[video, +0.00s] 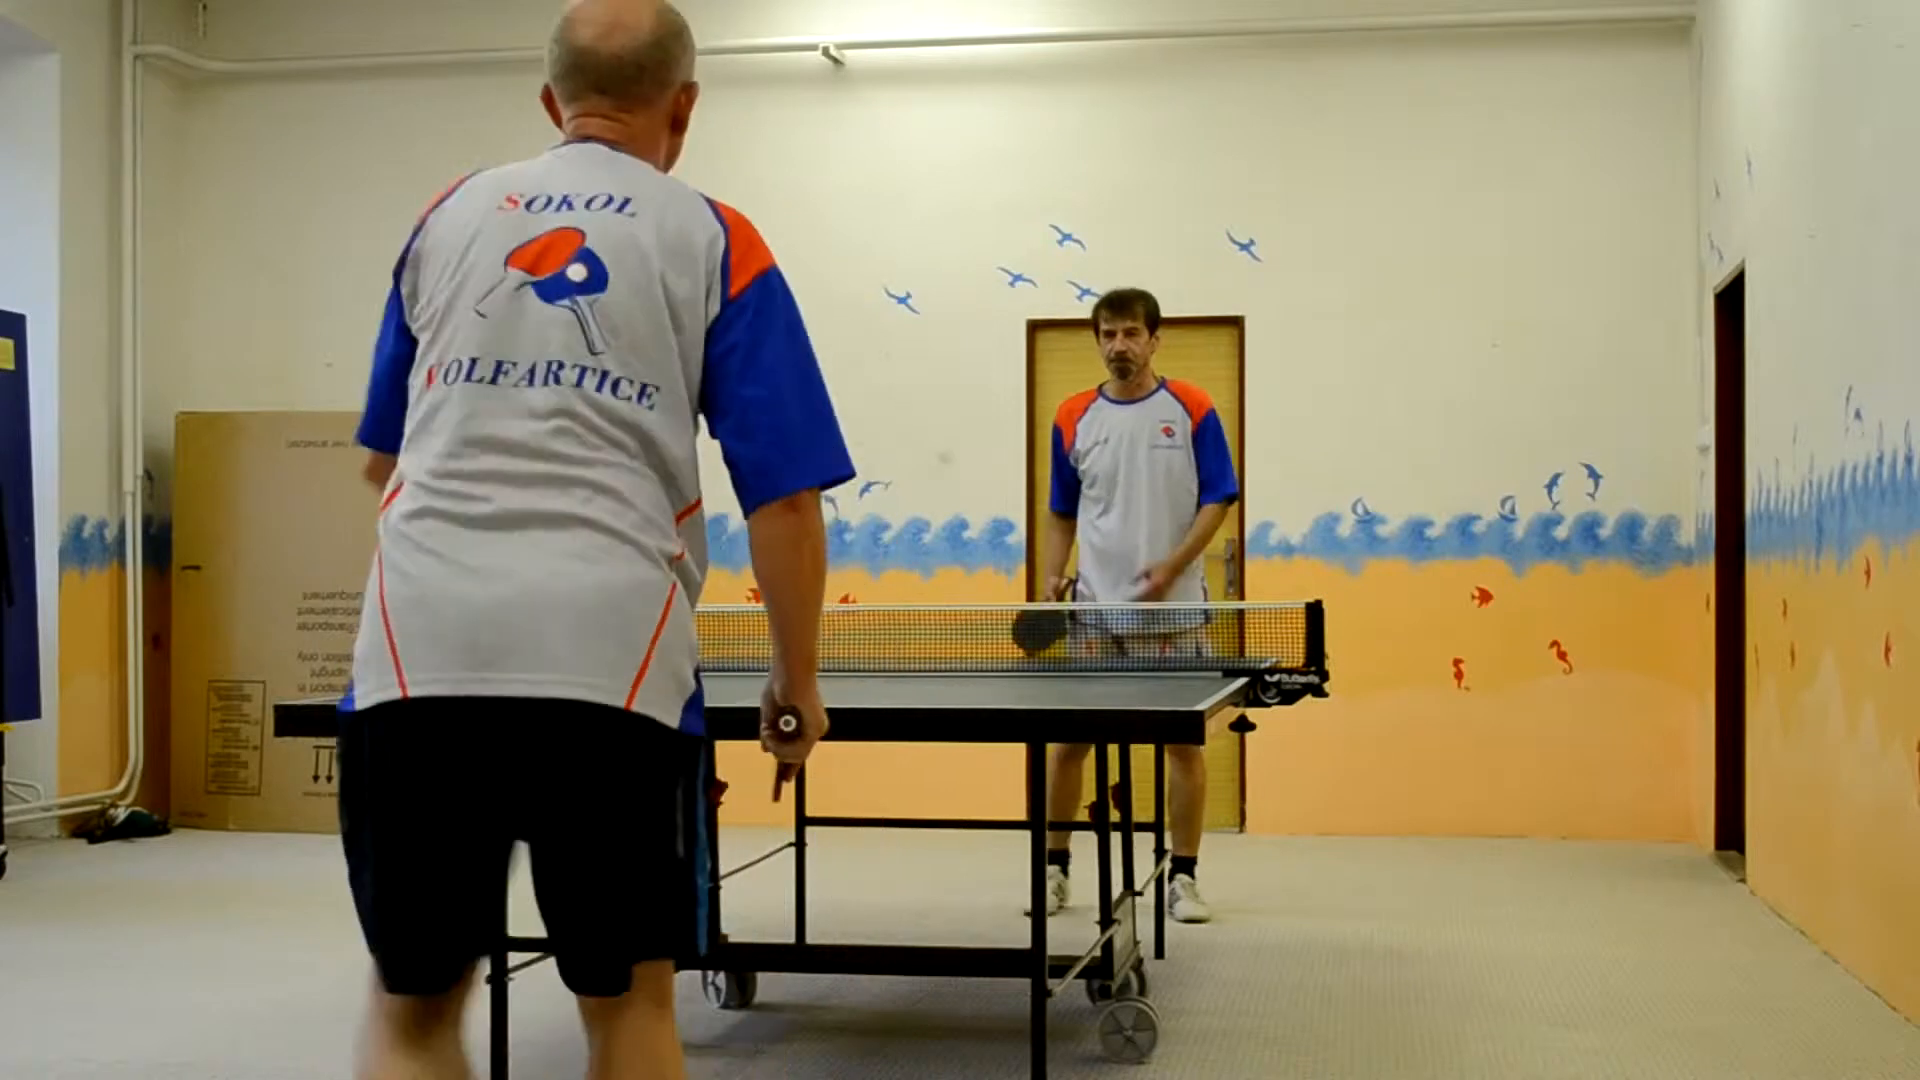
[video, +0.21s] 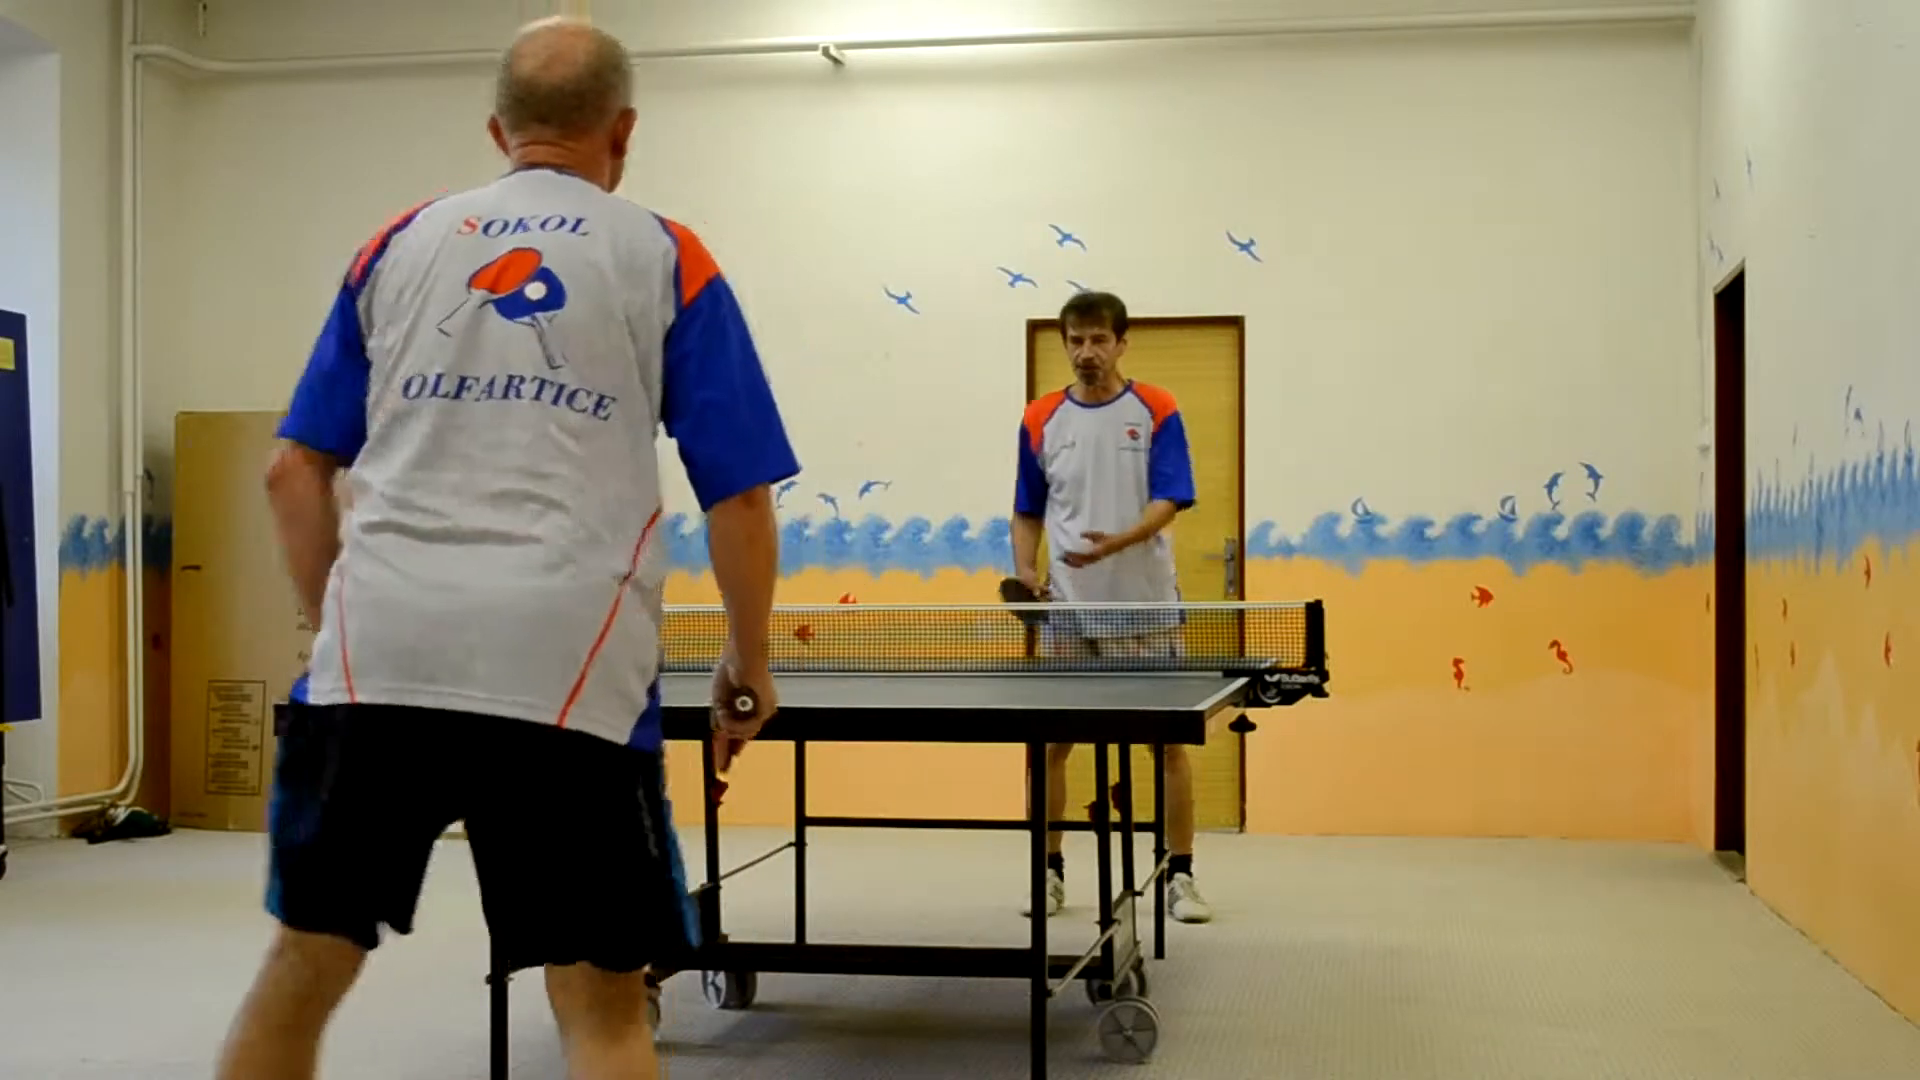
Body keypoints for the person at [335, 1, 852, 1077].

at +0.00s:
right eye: (684, 108)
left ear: (548, 110)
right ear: (682, 107)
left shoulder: (444, 218)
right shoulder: (714, 236)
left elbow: (384, 461)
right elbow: (782, 492)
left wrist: (473, 589)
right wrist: (796, 676)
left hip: (415, 671)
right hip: (607, 674)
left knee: (412, 998)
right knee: (631, 999)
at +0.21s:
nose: (624, 148)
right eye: (630, 133)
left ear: (498, 132)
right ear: (620, 134)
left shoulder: (396, 243)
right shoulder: (665, 255)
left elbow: (296, 465)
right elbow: (740, 492)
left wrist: (335, 629)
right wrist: (746, 658)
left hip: (373, 667)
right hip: (566, 682)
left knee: (300, 970)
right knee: (604, 1005)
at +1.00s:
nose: (619, 288)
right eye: (619, 276)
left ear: (501, 274)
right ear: (609, 282)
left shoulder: (400, 355)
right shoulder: (641, 383)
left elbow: (288, 517)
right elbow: (743, 590)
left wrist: (310, 671)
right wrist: (764, 644)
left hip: (337, 712)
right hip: (522, 728)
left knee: (223, 965)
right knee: (660, 960)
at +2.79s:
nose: (600, 328)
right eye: (596, 313)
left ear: (482, 312)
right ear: (586, 319)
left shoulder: (383, 388)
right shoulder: (621, 416)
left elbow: (254, 536)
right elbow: (686, 627)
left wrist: (276, 701)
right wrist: (655, 686)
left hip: (331, 728)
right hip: (517, 734)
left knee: (203, 963)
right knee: (683, 961)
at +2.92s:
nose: (464, 348)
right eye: (467, 335)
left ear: (357, 337)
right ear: (462, 342)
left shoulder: (282, 424)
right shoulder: (532, 440)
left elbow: (144, 602)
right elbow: (587, 651)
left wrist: (136, 774)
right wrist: (492, 724)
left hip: (302, 772)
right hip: (490, 772)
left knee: (154, 963)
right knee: (647, 978)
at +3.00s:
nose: (363, 355)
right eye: (366, 340)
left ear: (245, 340)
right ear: (359, 342)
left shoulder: (176, 430)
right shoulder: (427, 440)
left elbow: (41, 626)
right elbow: (486, 635)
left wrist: (14, 742)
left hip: (224, 782)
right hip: (417, 780)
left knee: (105, 965)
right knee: (582, 993)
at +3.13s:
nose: (259, 312)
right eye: (261, 300)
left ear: (146, 284)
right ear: (247, 294)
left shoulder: (29, 389)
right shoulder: (264, 354)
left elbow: (12, 575)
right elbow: (413, 494)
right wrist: (520, 504)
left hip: (57, 739)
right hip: (233, 722)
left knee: (44, 946)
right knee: (422, 936)